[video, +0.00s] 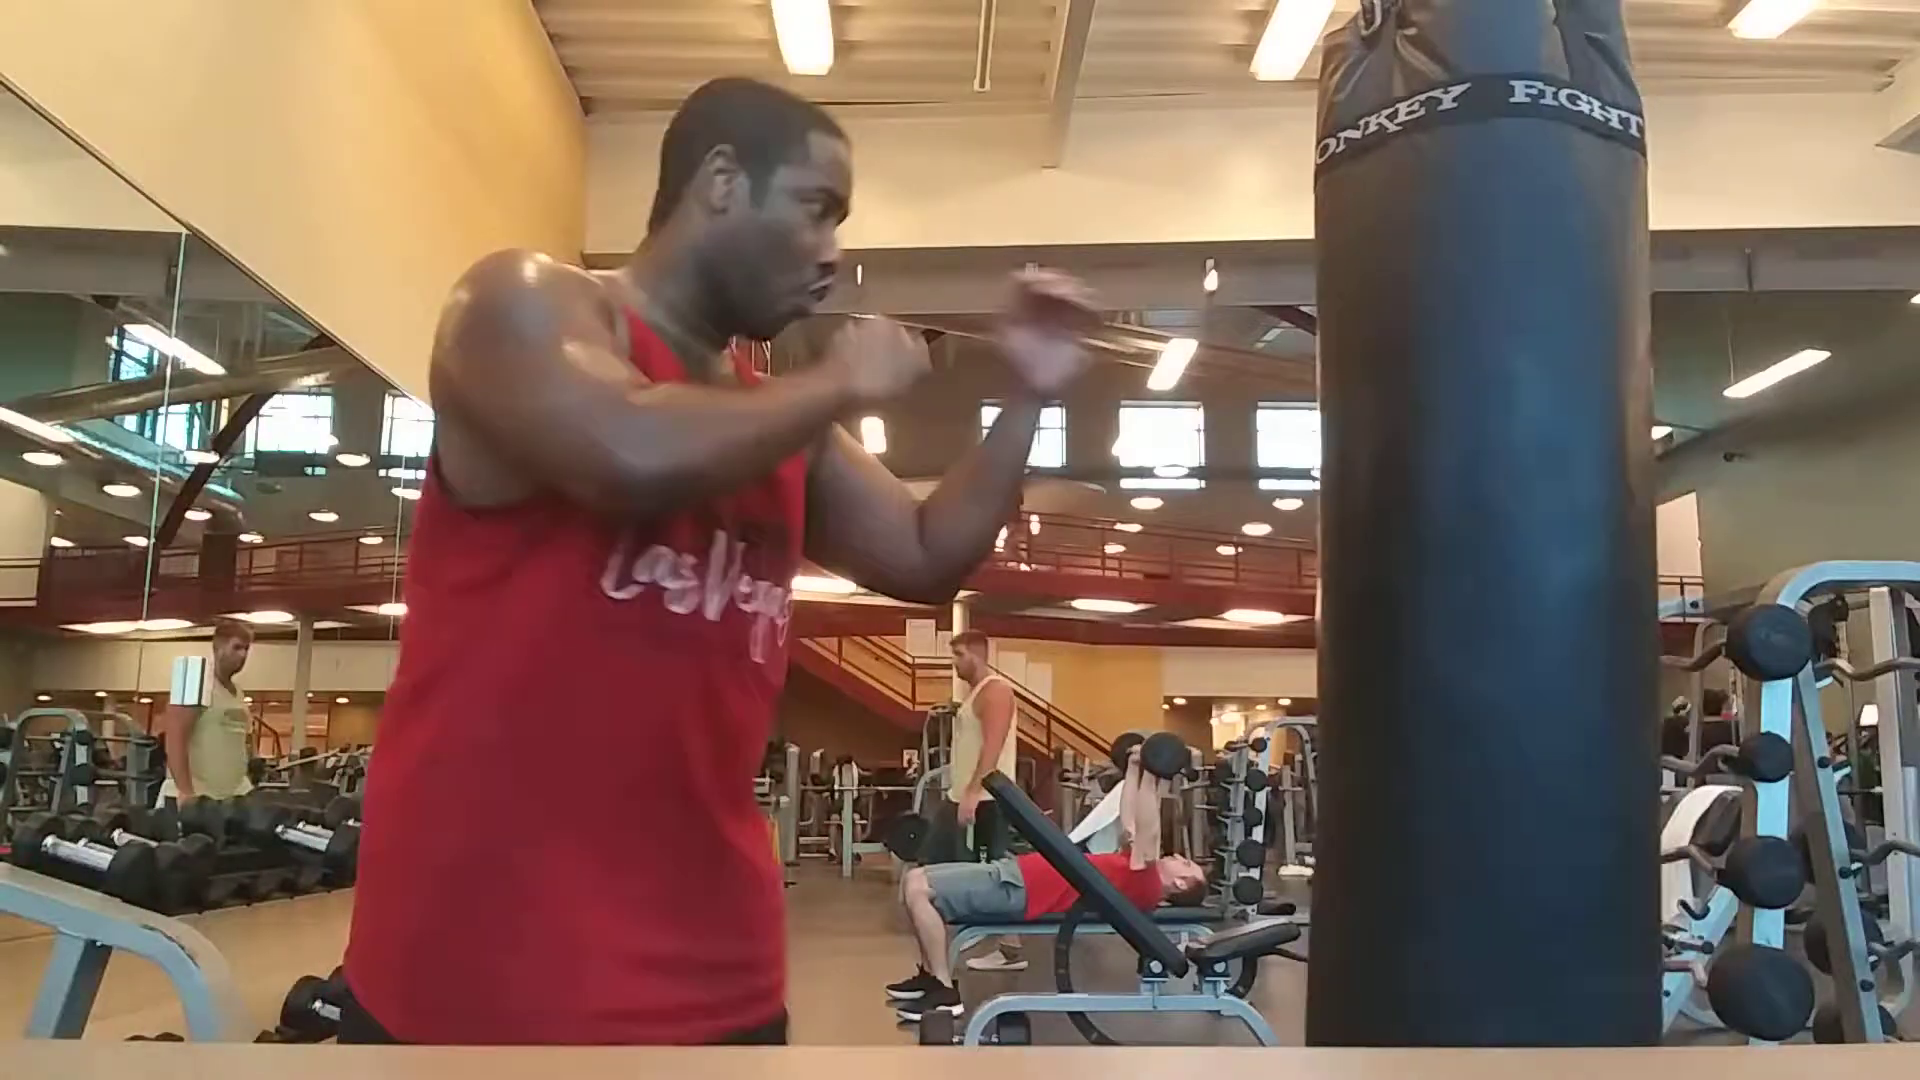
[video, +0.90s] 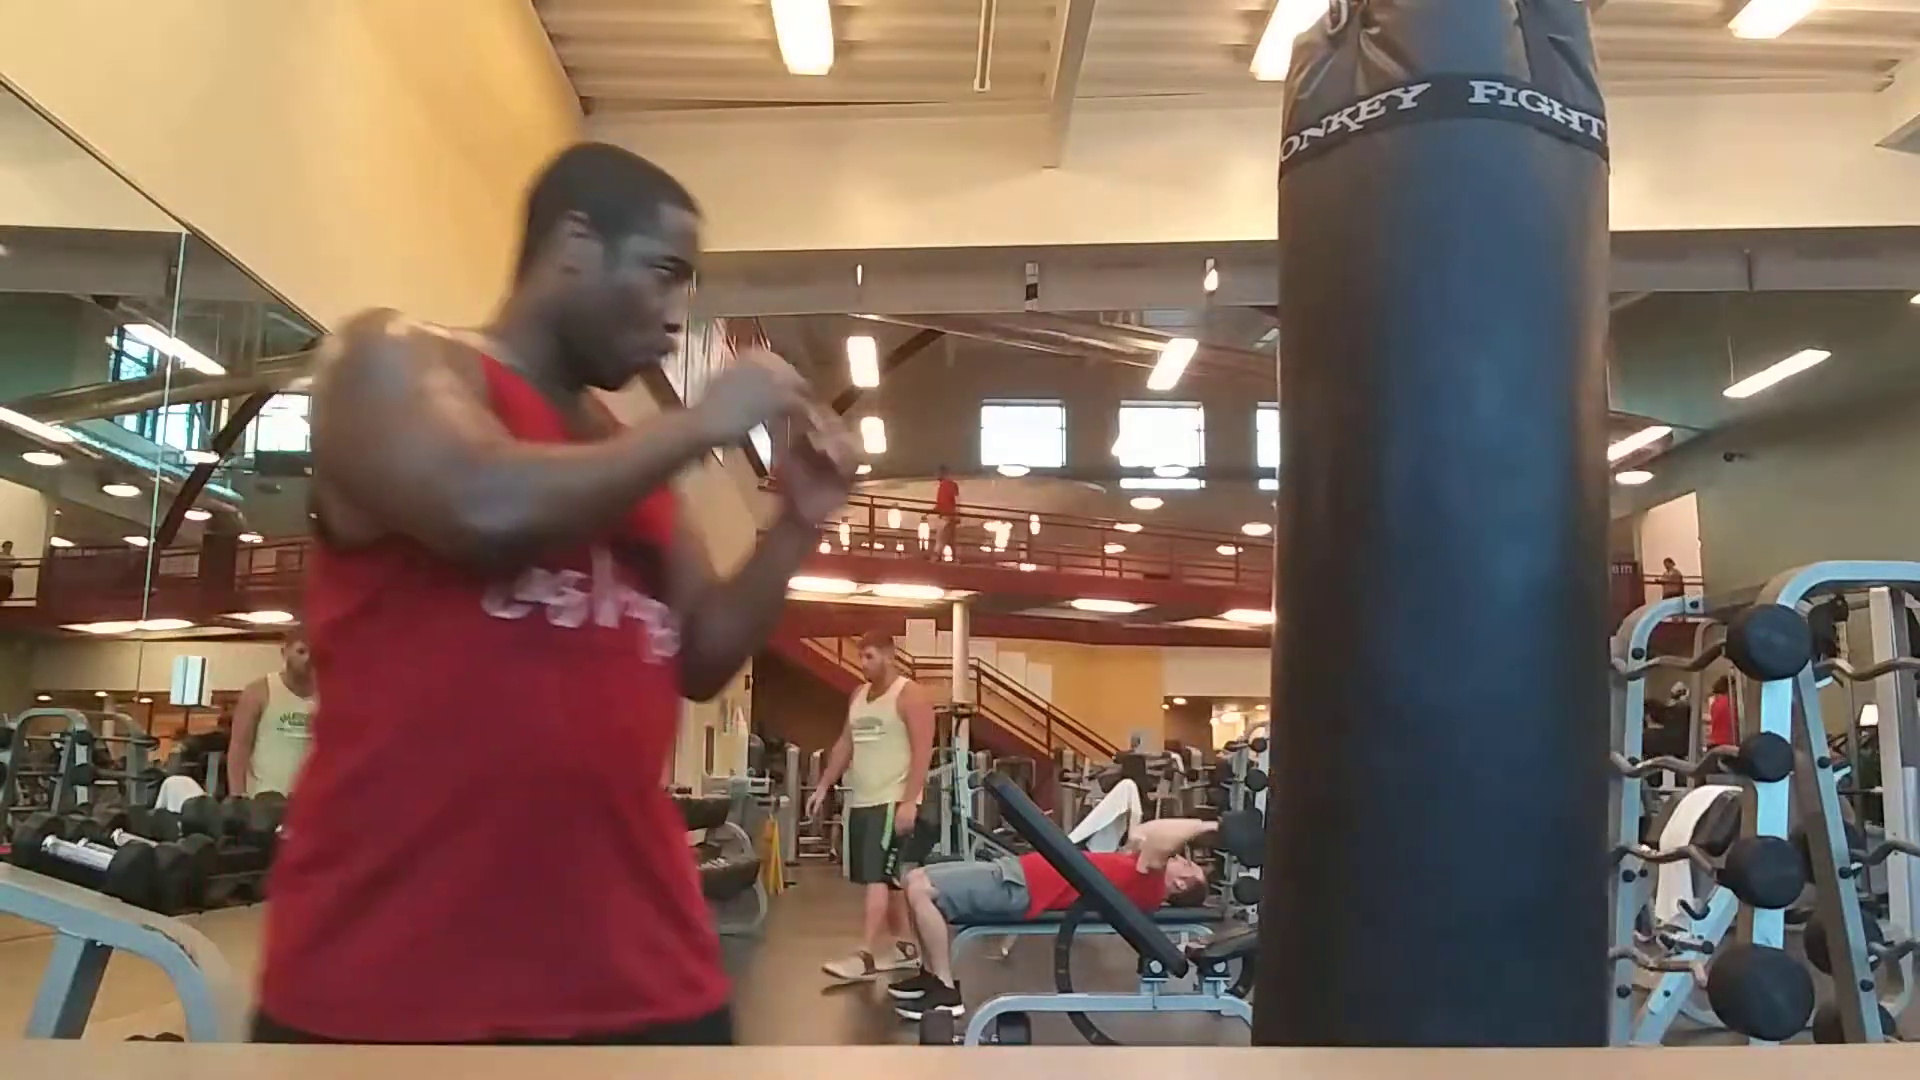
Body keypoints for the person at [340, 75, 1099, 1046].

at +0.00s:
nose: (837, 253)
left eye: (842, 224)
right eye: (819, 210)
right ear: (720, 189)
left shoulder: (781, 411)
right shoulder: (523, 297)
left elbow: (924, 558)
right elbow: (627, 457)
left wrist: (1025, 403)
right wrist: (840, 382)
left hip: (706, 987)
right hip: (494, 985)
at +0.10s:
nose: (798, 261)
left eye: (805, 233)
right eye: (783, 218)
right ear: (685, 191)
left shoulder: (754, 408)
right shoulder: (497, 295)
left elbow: (904, 552)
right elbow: (623, 444)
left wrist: (1069, 454)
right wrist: (818, 356)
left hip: (695, 974)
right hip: (478, 971)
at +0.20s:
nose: (758, 267)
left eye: (765, 239)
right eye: (740, 223)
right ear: (640, 197)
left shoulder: (733, 421)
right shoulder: (457, 305)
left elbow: (819, 604)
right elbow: (588, 435)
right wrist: (775, 353)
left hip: (673, 983)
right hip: (428, 976)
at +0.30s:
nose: (707, 275)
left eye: (715, 248)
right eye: (689, 231)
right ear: (588, 207)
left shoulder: (681, 439)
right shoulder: (409, 318)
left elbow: (735, 646)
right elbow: (512, 450)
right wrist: (729, 373)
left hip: (646, 985)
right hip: (403, 988)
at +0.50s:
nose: (619, 285)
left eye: (629, 255)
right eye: (598, 239)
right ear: (496, 212)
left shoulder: (580, 437)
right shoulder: (301, 330)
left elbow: (622, 637)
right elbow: (382, 483)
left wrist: (739, 614)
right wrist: (622, 428)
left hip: (584, 942)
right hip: (336, 970)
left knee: (707, 1042)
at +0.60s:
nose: (606, 285)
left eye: (614, 252)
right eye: (586, 238)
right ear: (485, 210)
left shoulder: (569, 422)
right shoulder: (290, 323)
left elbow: (633, 616)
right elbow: (382, 471)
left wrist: (736, 518)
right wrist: (613, 396)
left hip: (583, 949)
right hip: (327, 975)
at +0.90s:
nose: (682, 312)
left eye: (688, 283)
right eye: (665, 272)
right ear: (574, 248)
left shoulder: (627, 451)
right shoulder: (392, 358)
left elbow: (701, 657)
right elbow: (482, 509)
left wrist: (795, 526)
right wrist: (699, 424)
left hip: (634, 985)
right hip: (398, 989)